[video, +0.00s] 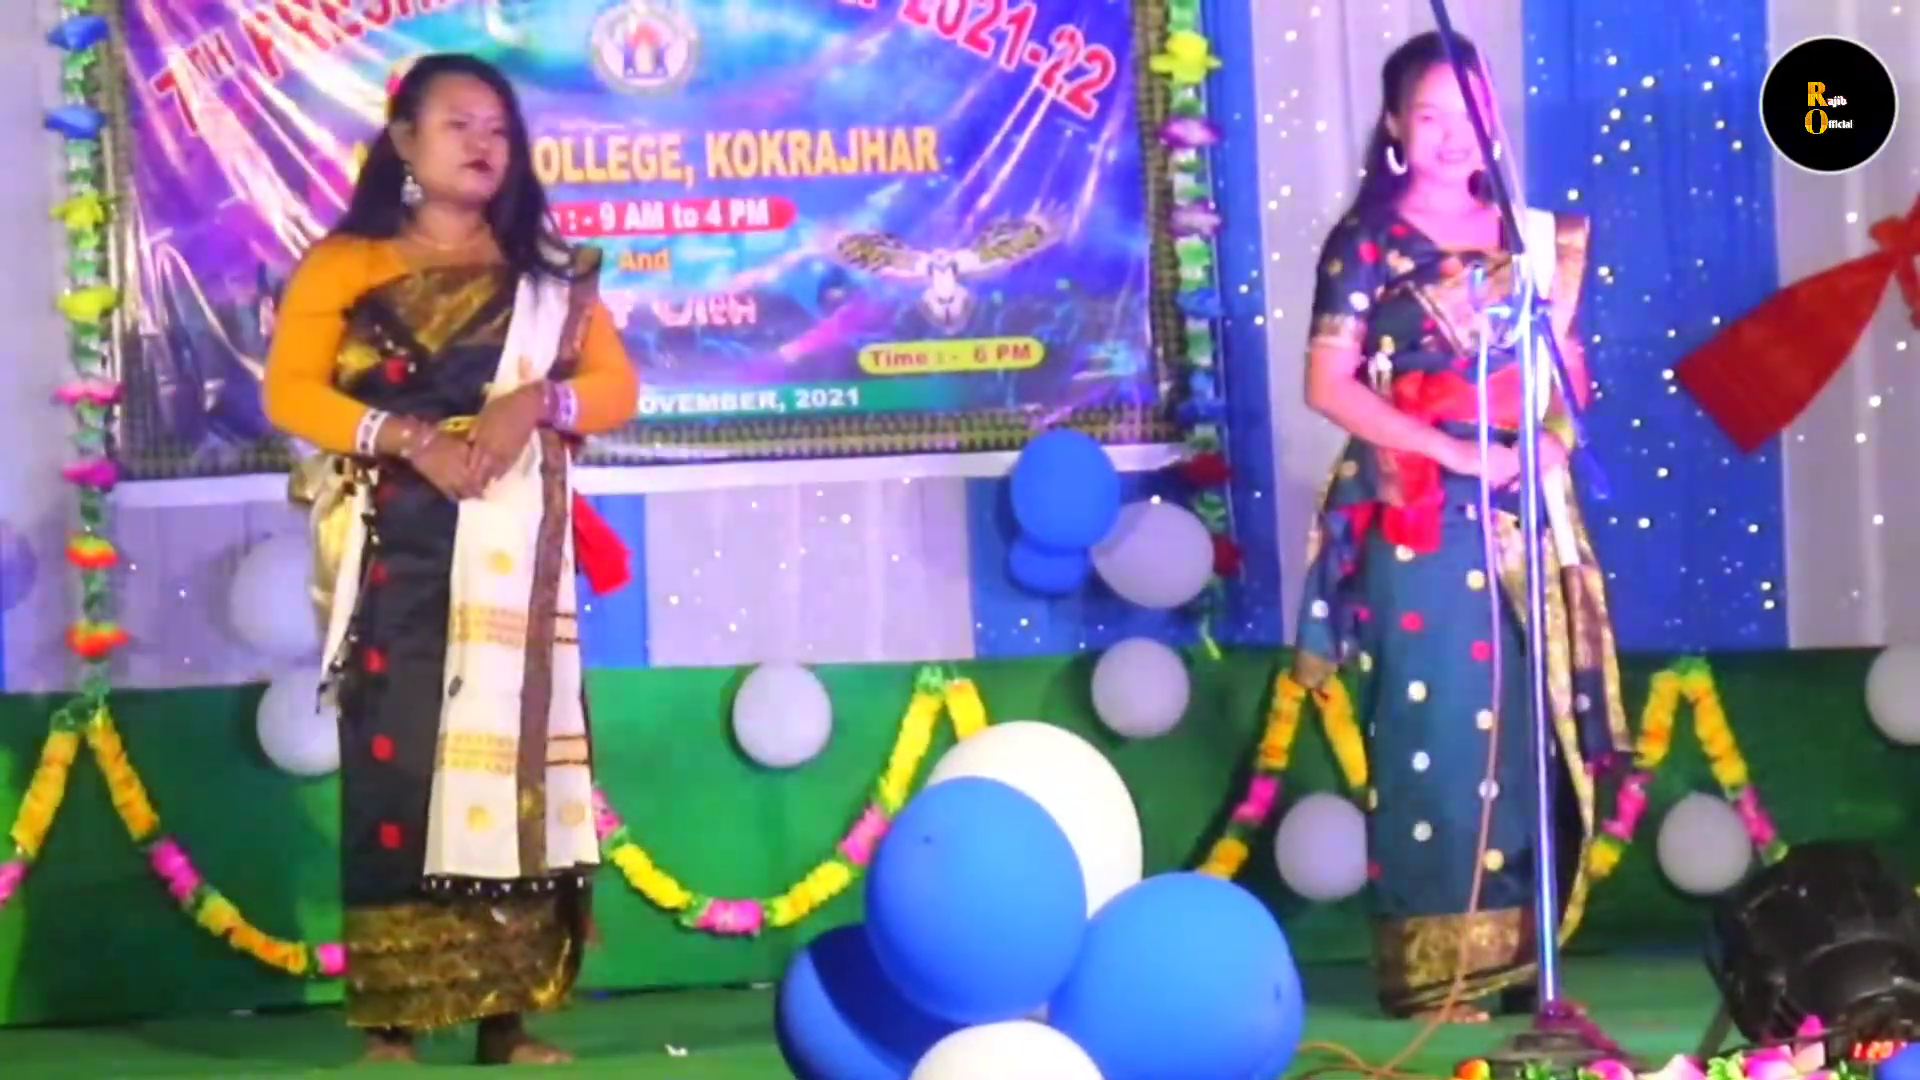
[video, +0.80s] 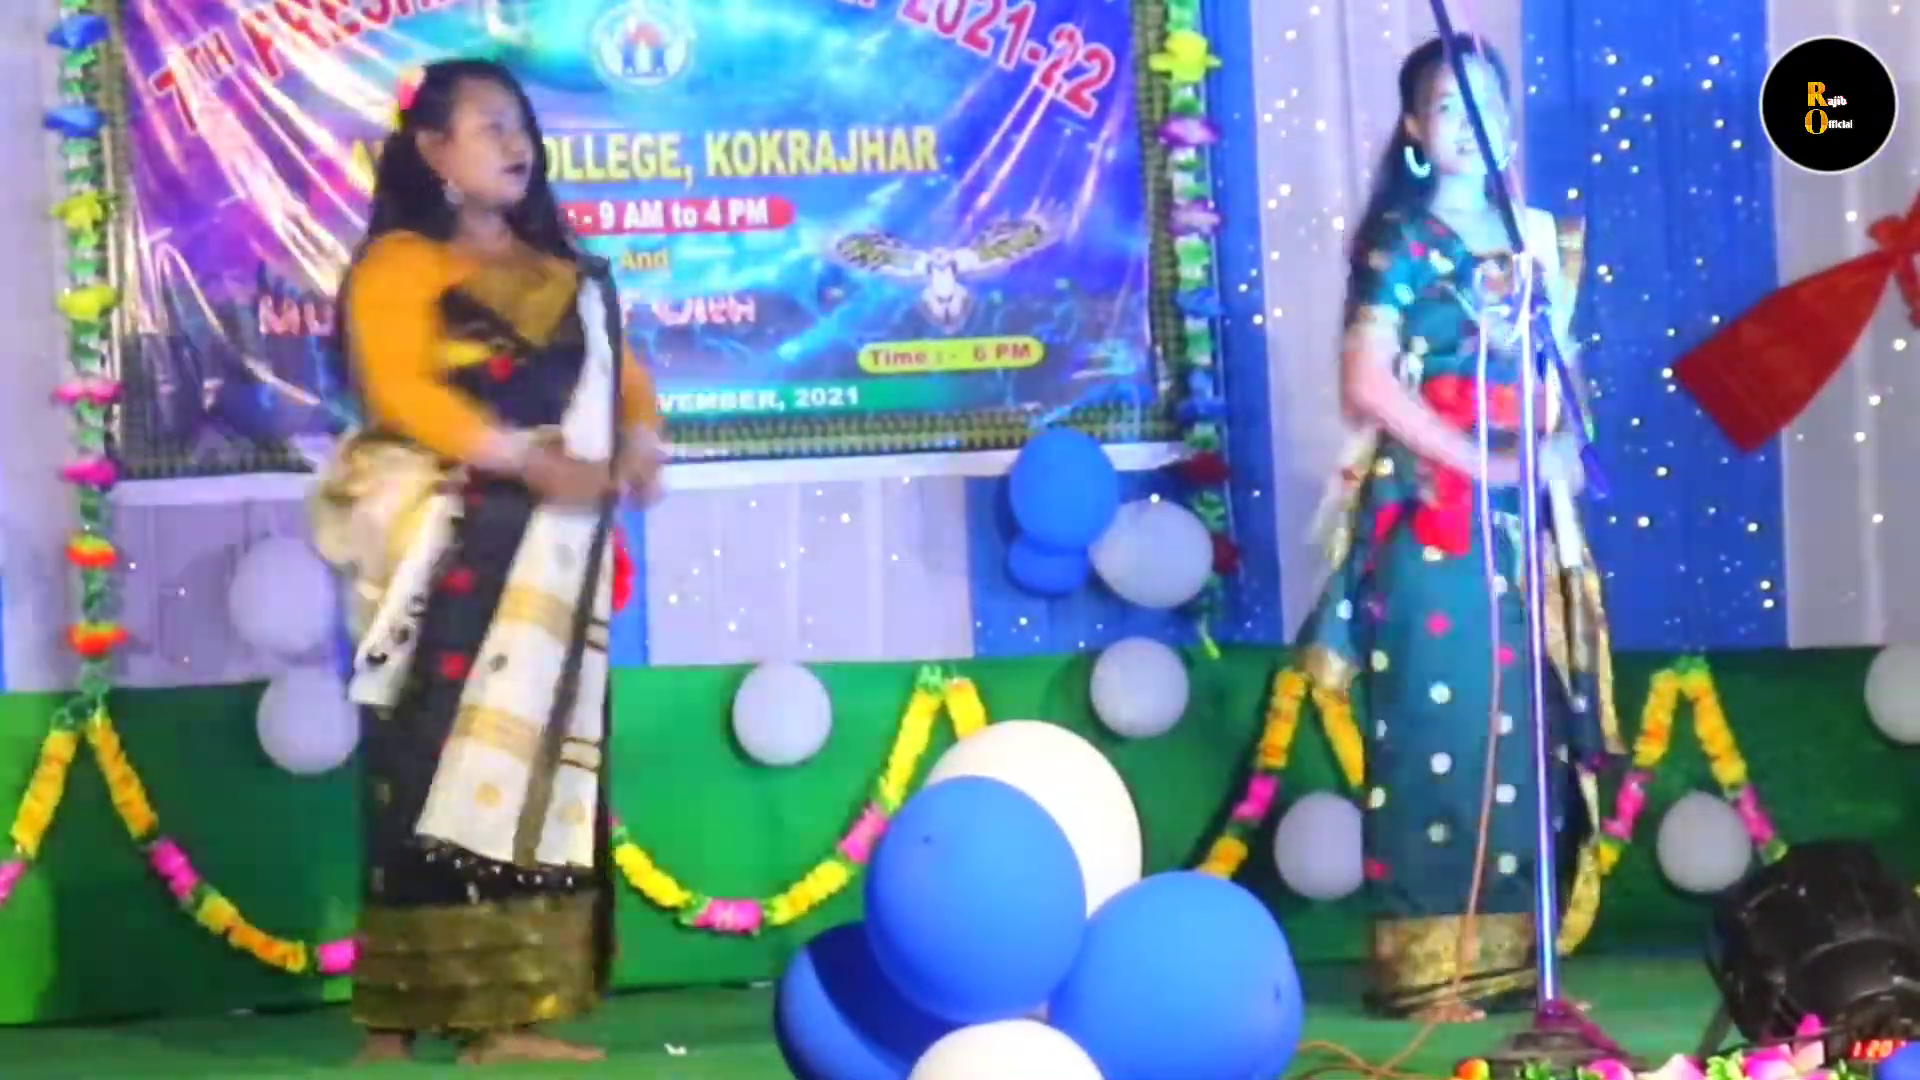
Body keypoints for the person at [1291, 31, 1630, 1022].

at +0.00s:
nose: (1452, 134)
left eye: (1467, 116)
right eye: (1432, 116)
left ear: (1490, 124)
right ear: (1398, 126)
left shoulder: (1525, 234)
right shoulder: (1366, 242)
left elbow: (1560, 391)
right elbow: (1328, 385)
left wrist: (1561, 308)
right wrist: (1457, 451)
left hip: (1529, 515)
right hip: (1426, 520)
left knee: (1538, 729)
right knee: (1440, 730)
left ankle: (1530, 967)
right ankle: (1438, 968)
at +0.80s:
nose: (1466, 131)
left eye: (1481, 111)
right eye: (1446, 112)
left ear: (1504, 119)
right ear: (1413, 125)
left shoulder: (1520, 234)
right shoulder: (1401, 235)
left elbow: (1548, 372)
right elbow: (1367, 385)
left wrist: (1550, 434)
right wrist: (1478, 459)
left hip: (1516, 512)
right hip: (1432, 515)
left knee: (1520, 727)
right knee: (1438, 729)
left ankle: (1512, 955)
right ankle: (1428, 963)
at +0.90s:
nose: (1472, 151)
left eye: (1487, 132)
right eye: (1452, 136)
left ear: (1517, 141)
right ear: (1426, 153)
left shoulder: (1535, 262)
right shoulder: (1427, 260)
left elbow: (1544, 403)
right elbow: (1425, 419)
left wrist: (1578, 497)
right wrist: (1515, 521)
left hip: (1522, 528)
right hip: (1448, 527)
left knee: (1570, 737)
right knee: (1496, 734)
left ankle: (1523, 953)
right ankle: (1430, 952)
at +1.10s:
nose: (1524, 113)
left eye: (1529, 93)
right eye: (1502, 101)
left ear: (1541, 99)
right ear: (1459, 122)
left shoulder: (1535, 210)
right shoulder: (1457, 207)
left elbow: (1626, 332)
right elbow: (1491, 330)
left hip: (1544, 505)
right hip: (1480, 508)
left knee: (1536, 712)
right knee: (1571, 699)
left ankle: (1496, 944)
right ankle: (1487, 930)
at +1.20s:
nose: (1539, 129)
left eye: (1543, 109)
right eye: (1516, 114)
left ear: (1551, 113)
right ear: (1469, 130)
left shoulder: (1522, 226)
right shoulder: (1462, 228)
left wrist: (1596, 296)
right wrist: (1593, 306)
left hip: (1549, 531)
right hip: (1495, 542)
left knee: (1567, 739)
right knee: (1564, 740)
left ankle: (1513, 959)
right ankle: (1502, 964)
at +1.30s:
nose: (1570, 156)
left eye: (1570, 137)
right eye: (1548, 142)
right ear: (1501, 155)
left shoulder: (1453, 255)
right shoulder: (1541, 240)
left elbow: (1423, 419)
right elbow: (1592, 348)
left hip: (1453, 563)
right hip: (1505, 564)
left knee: (1579, 739)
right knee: (1616, 752)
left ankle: (1500, 943)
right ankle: (1531, 983)